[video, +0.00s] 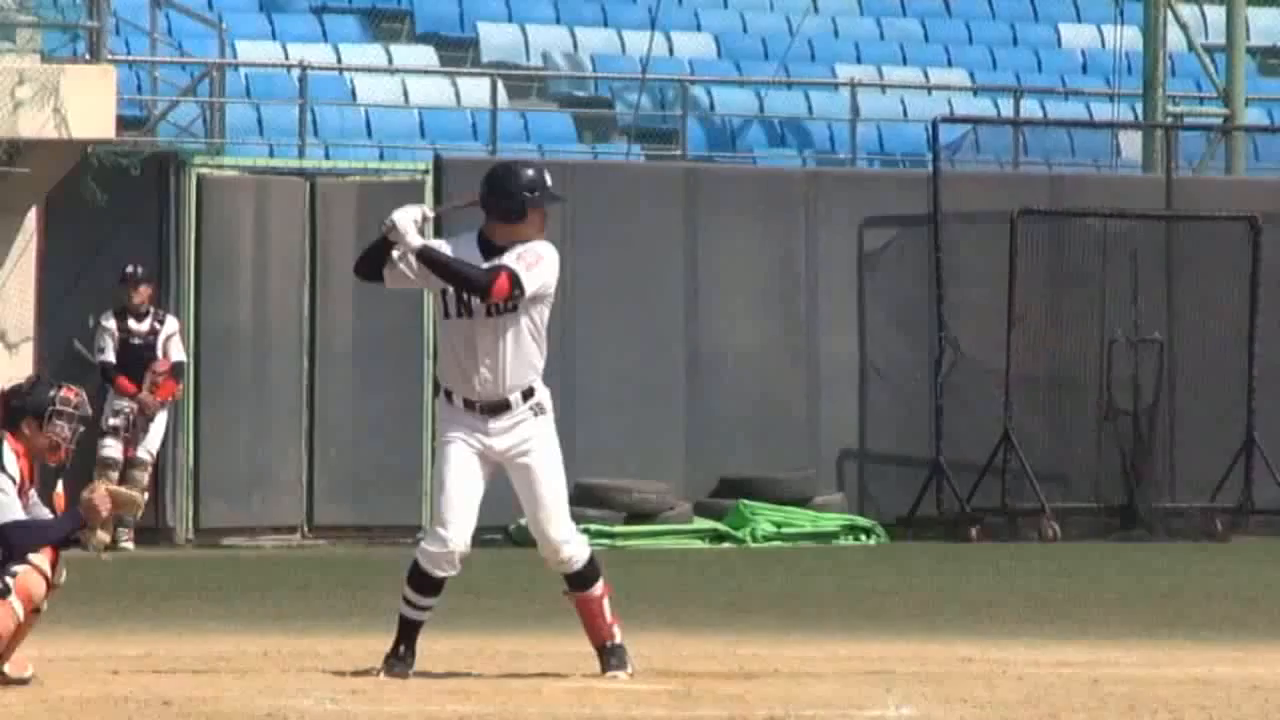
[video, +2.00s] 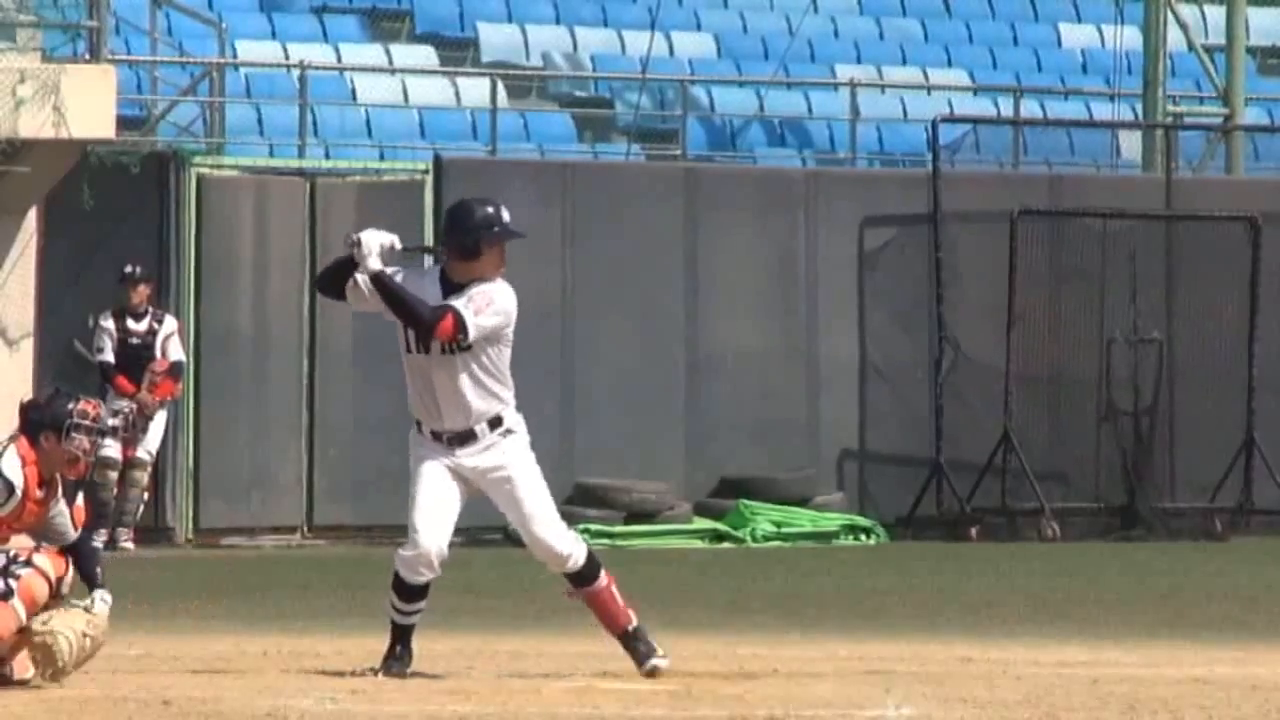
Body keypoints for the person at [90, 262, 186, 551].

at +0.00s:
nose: (134, 293)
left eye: (140, 287)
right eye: (130, 287)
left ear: (151, 290)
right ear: (123, 290)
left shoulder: (168, 324)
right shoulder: (110, 322)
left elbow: (177, 368)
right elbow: (107, 367)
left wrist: (160, 397)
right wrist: (137, 394)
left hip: (153, 399)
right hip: (120, 396)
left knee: (141, 461)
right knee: (109, 457)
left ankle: (126, 529)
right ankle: (102, 526)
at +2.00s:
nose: (133, 292)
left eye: (138, 286)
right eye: (129, 286)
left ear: (149, 289)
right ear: (123, 290)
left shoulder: (167, 324)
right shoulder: (109, 321)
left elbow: (177, 367)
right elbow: (106, 367)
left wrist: (156, 397)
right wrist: (136, 394)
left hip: (152, 400)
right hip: (118, 396)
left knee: (140, 460)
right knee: (107, 457)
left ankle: (125, 529)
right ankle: (102, 526)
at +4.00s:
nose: (154, 293)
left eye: (155, 286)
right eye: (147, 287)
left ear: (157, 290)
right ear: (132, 290)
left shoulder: (166, 323)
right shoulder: (109, 320)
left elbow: (176, 365)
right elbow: (106, 367)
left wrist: (162, 395)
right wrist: (139, 394)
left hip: (152, 398)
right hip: (120, 395)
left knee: (142, 459)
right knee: (111, 456)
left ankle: (125, 526)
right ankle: (102, 524)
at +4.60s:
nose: (154, 293)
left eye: (155, 287)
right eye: (149, 287)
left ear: (159, 292)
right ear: (135, 291)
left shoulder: (166, 323)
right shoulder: (116, 320)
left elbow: (176, 364)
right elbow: (108, 366)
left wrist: (159, 396)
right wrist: (140, 394)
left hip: (152, 402)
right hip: (119, 397)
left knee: (141, 463)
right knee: (116, 458)